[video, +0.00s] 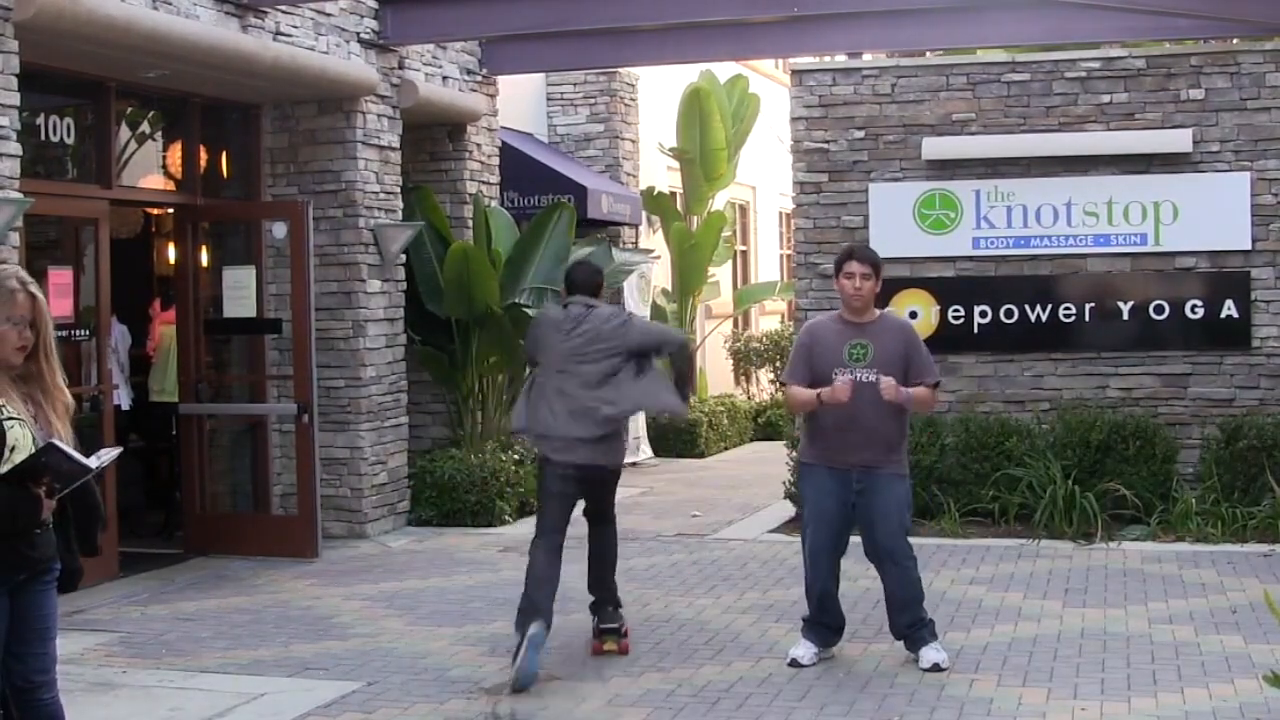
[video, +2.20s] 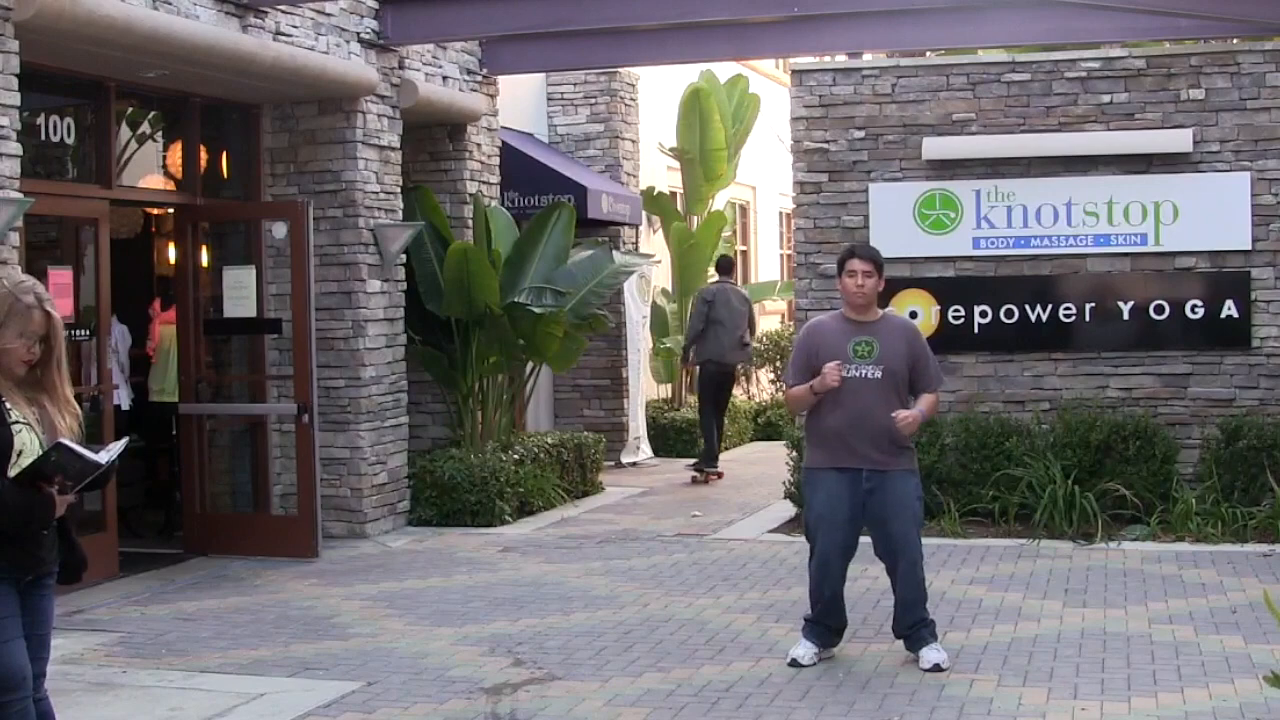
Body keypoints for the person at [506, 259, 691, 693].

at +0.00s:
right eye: (601, 286)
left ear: (565, 290)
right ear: (601, 290)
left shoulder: (546, 321)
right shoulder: (618, 323)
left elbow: (532, 356)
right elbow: (679, 340)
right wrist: (683, 389)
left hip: (556, 454)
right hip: (604, 455)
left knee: (548, 536)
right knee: (602, 524)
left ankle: (534, 625)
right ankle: (607, 616)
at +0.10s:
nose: (615, 279)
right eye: (613, 274)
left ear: (577, 277)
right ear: (611, 278)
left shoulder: (557, 305)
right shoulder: (629, 309)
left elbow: (530, 350)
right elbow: (674, 332)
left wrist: (560, 338)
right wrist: (666, 371)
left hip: (570, 433)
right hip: (616, 438)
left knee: (559, 514)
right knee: (607, 513)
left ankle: (558, 572)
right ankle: (608, 605)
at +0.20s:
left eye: (584, 265)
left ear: (584, 269)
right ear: (617, 270)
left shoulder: (560, 298)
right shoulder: (637, 301)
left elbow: (541, 351)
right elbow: (663, 343)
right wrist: (637, 377)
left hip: (579, 421)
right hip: (623, 423)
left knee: (572, 499)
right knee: (613, 504)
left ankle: (592, 547)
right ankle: (611, 598)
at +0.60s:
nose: (596, 267)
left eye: (596, 262)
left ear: (599, 263)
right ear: (627, 263)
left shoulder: (592, 284)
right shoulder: (652, 293)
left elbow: (566, 318)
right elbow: (689, 327)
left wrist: (528, 349)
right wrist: (662, 342)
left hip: (606, 399)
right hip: (639, 401)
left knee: (615, 475)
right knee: (627, 474)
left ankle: (639, 549)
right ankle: (626, 547)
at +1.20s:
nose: (622, 270)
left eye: (621, 265)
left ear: (623, 265)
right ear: (645, 265)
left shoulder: (621, 284)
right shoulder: (660, 291)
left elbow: (607, 315)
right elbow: (684, 327)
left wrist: (574, 343)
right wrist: (667, 348)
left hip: (621, 380)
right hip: (646, 383)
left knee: (619, 440)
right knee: (632, 443)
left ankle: (631, 504)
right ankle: (626, 501)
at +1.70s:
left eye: (669, 264)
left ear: (666, 267)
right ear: (685, 272)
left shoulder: (654, 290)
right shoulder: (693, 297)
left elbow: (643, 325)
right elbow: (699, 333)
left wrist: (633, 351)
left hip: (653, 369)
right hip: (677, 372)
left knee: (650, 424)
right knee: (664, 425)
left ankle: (656, 479)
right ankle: (657, 476)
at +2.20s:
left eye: (719, 267)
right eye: (729, 268)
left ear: (716, 270)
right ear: (733, 271)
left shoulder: (707, 293)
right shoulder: (743, 296)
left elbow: (696, 325)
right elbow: (751, 330)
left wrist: (686, 350)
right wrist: (740, 347)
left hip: (710, 360)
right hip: (731, 362)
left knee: (707, 409)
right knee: (719, 412)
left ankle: (710, 461)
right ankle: (710, 458)